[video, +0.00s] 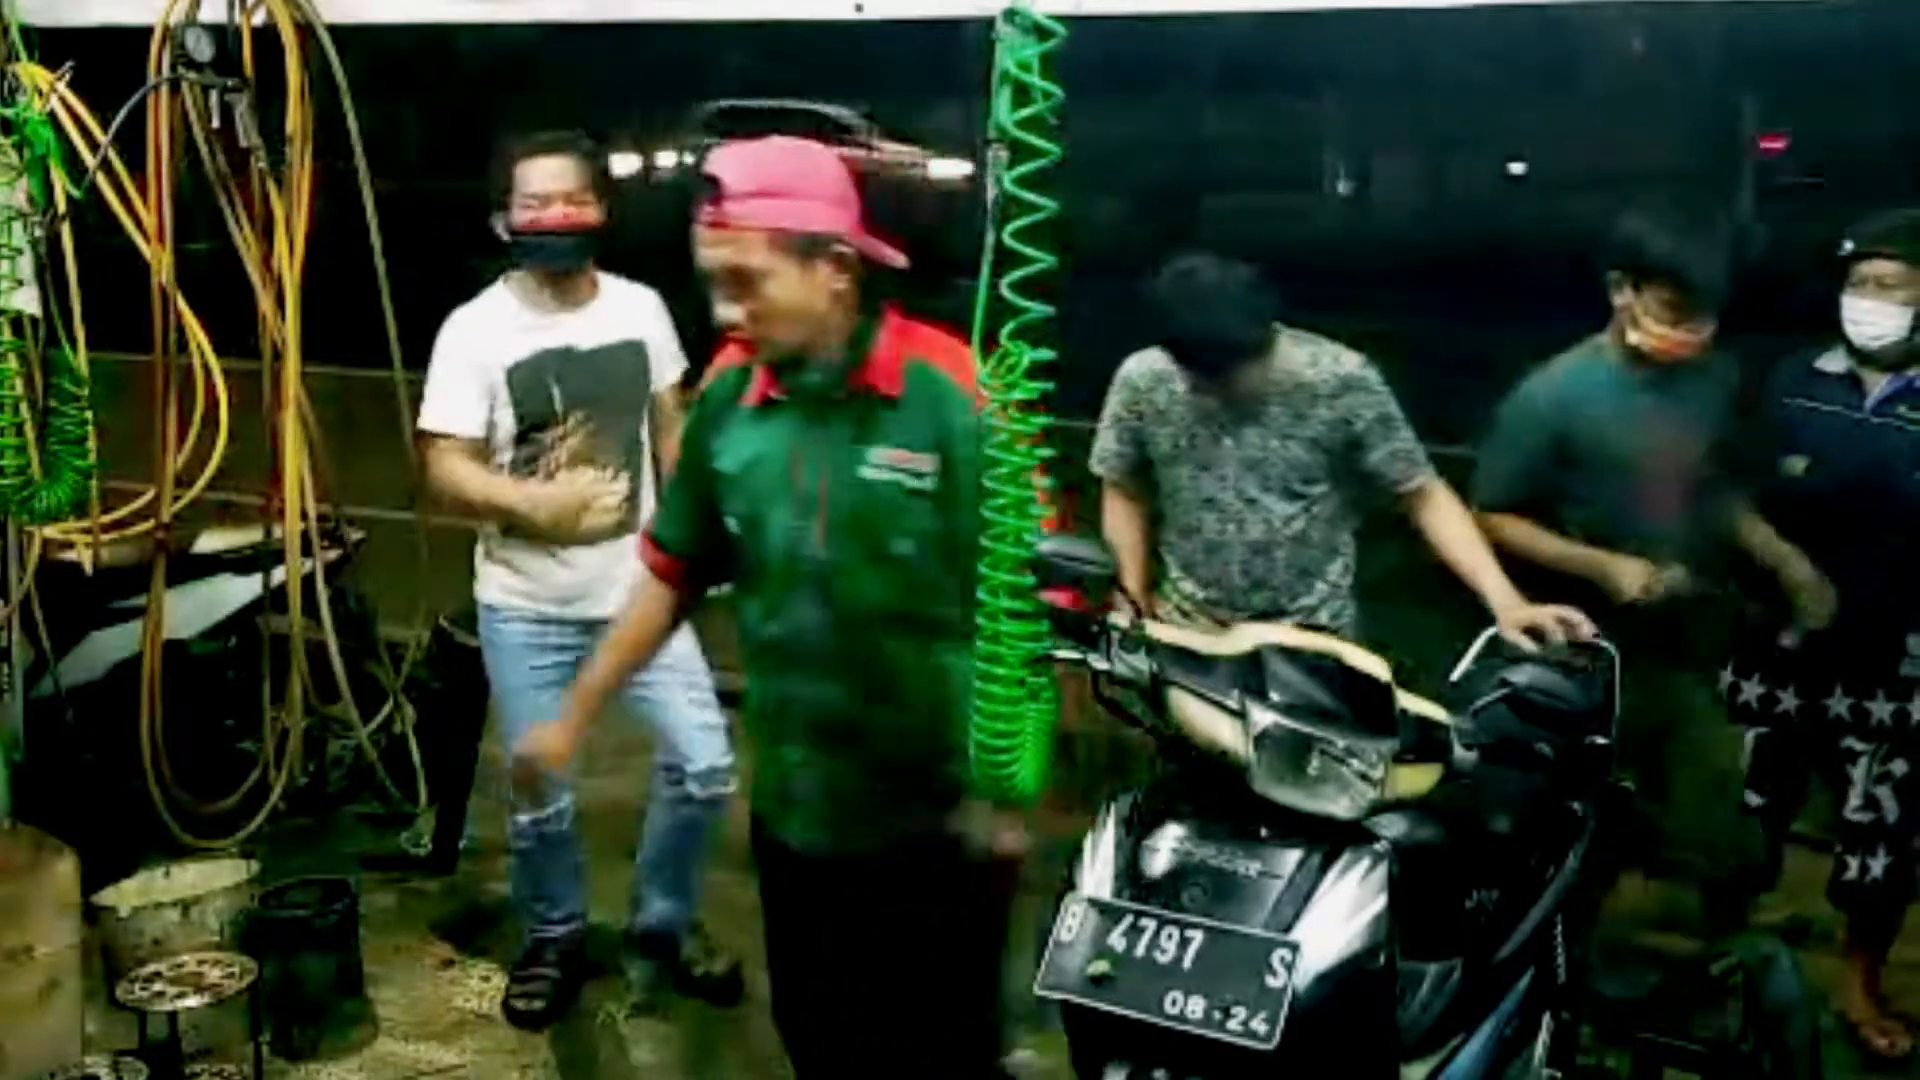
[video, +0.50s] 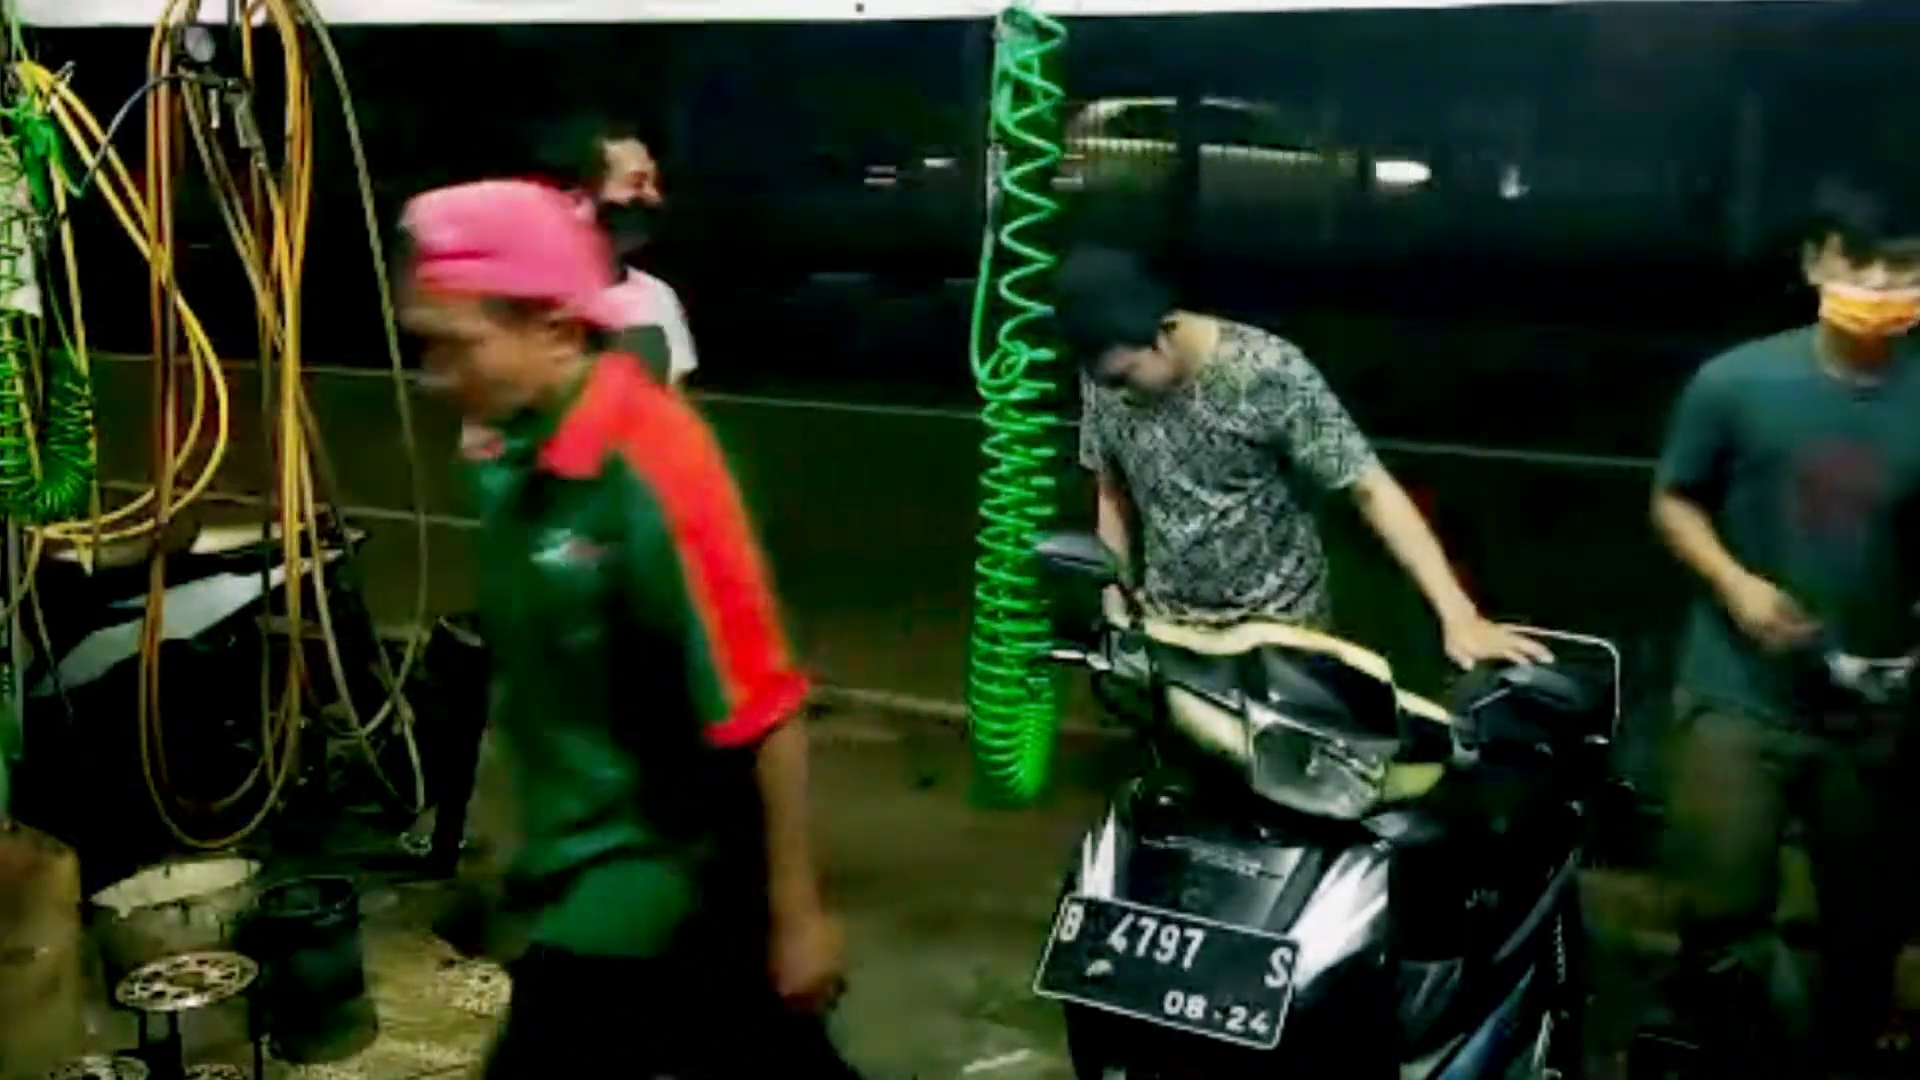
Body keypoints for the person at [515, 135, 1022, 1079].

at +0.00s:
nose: (726, 310)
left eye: (744, 284)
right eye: (716, 286)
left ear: (835, 271)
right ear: (709, 278)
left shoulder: (950, 394)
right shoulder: (726, 404)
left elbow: (1017, 590)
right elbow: (667, 577)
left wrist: (1007, 779)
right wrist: (572, 718)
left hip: (938, 808)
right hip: (797, 808)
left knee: (942, 1050)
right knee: (818, 1040)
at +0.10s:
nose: (691, 313)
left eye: (713, 286)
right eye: (683, 286)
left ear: (804, 270)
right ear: (672, 272)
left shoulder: (914, 397)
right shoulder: (703, 404)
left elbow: (981, 633)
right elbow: (651, 581)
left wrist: (915, 798)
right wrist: (536, 714)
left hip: (890, 821)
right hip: (767, 817)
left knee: (873, 1060)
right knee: (792, 1055)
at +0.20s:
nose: (649, 321)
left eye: (669, 295)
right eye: (640, 295)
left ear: (759, 276)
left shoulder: (858, 405)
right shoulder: (676, 404)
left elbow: (931, 649)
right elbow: (649, 590)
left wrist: (873, 826)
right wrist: (550, 738)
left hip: (829, 818)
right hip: (733, 811)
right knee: (857, 1060)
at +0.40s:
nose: (542, 351)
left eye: (559, 323)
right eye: (535, 325)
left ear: (652, 305)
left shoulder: (749, 427)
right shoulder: (597, 440)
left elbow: (844, 678)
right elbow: (614, 645)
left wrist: (836, 889)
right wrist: (572, 789)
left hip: (743, 892)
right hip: (645, 883)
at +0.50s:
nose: (434, 377)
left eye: (451, 345)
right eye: (425, 348)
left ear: (548, 326)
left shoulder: (656, 451)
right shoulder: (521, 443)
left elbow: (767, 701)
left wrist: (798, 908)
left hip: (667, 891)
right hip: (571, 871)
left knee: (538, 1071)